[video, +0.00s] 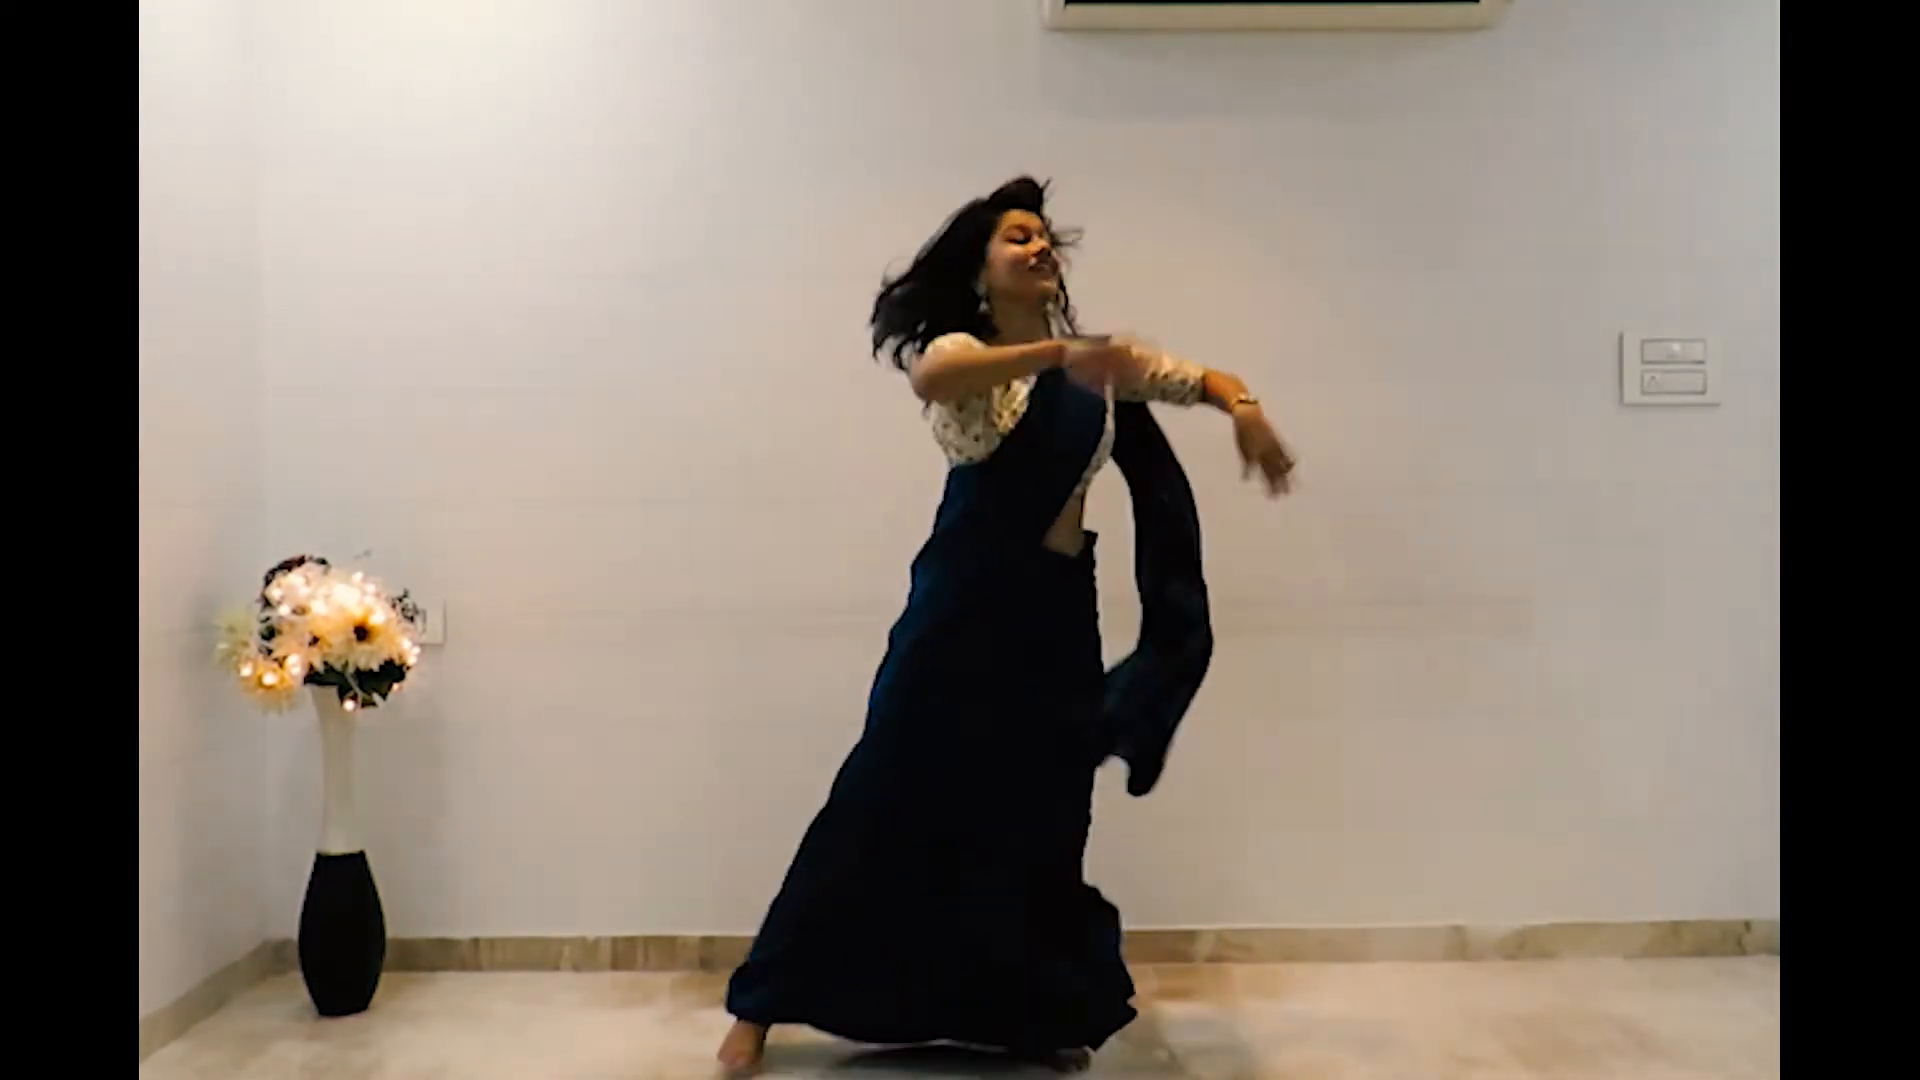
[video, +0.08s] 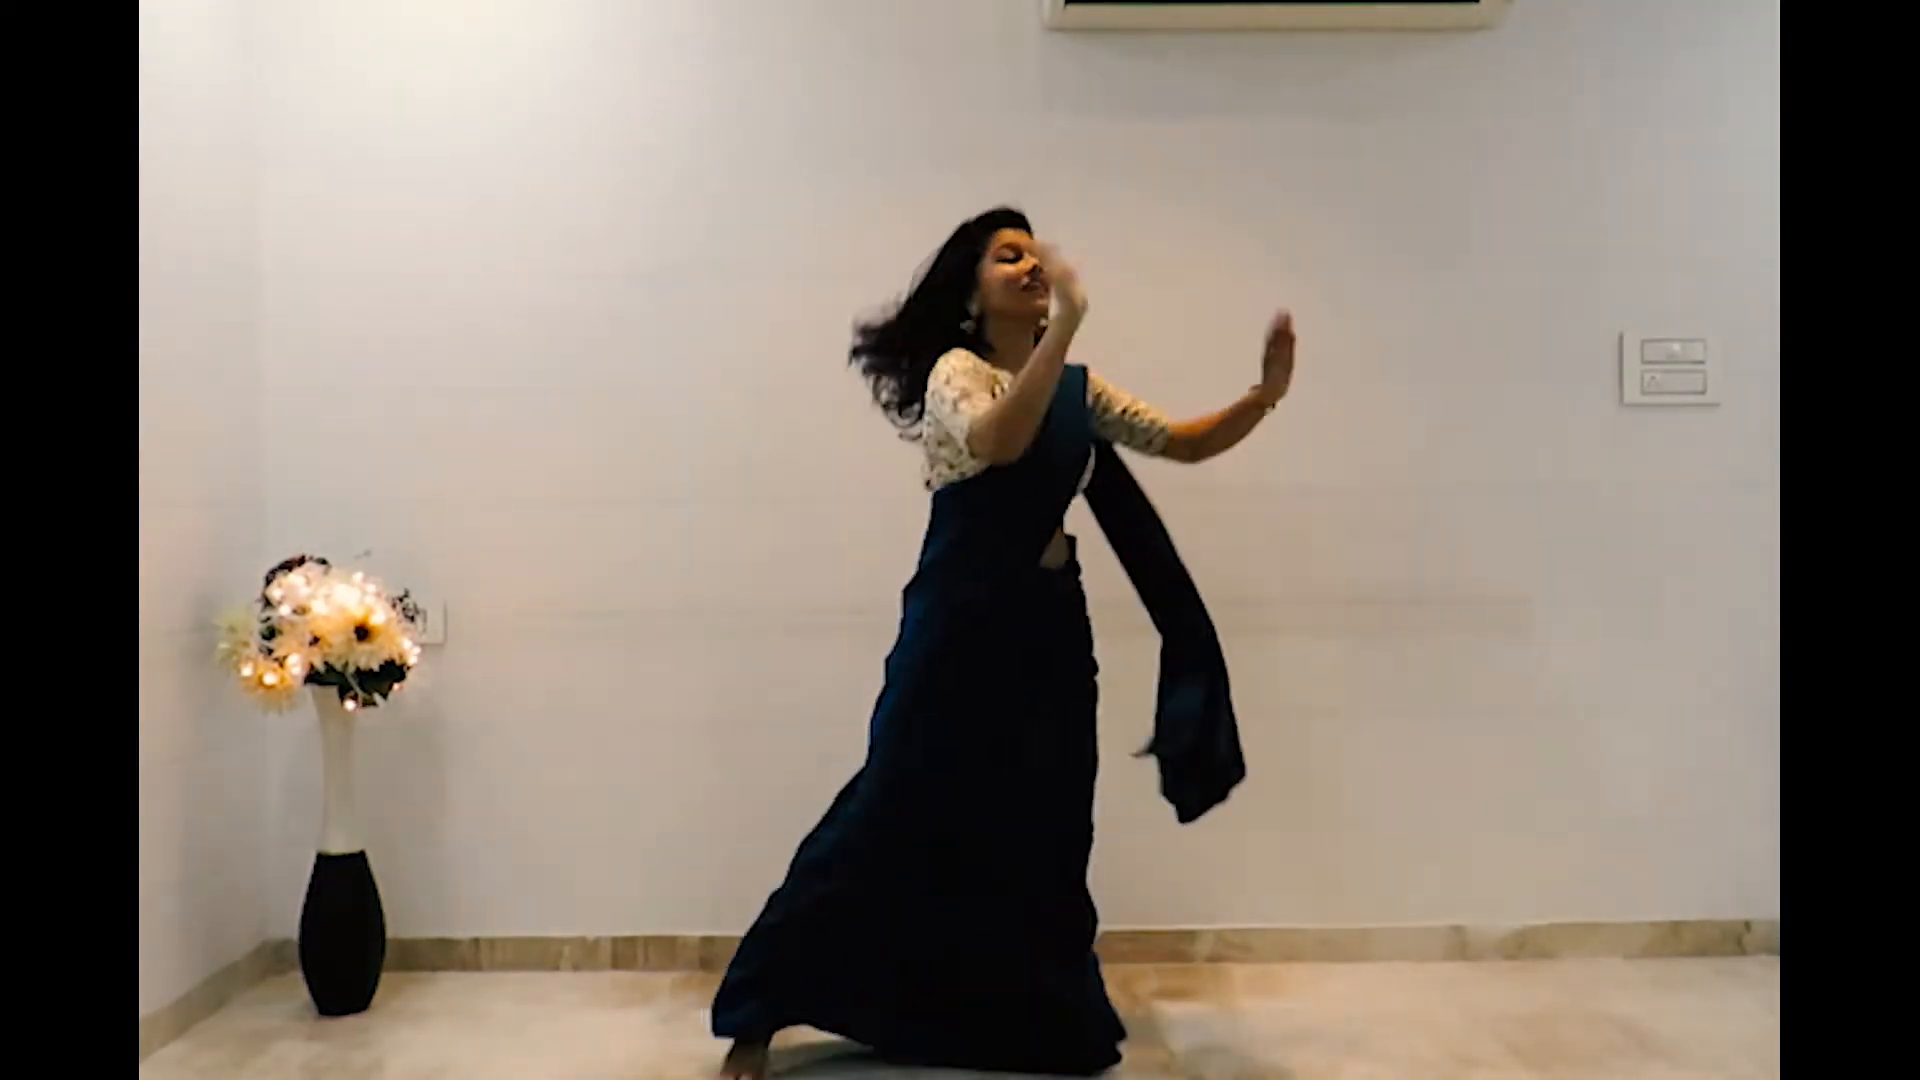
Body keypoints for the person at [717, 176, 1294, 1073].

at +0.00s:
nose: (1039, 246)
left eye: (1046, 238)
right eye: (1017, 238)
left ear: (1059, 267)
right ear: (978, 271)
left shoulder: (1088, 359)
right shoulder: (962, 351)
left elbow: (1188, 379)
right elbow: (932, 369)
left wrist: (1244, 406)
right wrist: (1057, 354)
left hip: (1058, 599)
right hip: (966, 595)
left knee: (1046, 805)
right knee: (876, 794)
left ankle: (1032, 1011)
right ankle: (754, 1010)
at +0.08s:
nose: (1033, 264)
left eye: (1037, 253)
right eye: (1009, 255)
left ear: (1049, 282)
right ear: (969, 290)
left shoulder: (1071, 384)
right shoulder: (958, 374)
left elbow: (1179, 441)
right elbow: (998, 439)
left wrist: (1264, 396)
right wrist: (1062, 330)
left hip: (1046, 621)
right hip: (958, 619)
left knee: (1045, 815)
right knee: (892, 809)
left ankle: (1049, 1017)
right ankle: (756, 1002)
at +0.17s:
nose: (1027, 274)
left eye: (1029, 262)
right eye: (1003, 264)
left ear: (1036, 288)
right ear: (962, 295)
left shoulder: (1046, 390)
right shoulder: (950, 382)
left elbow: (1157, 474)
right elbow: (1048, 469)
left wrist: (1233, 386)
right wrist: (1067, 348)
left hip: (1033, 640)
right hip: (949, 640)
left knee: (1040, 830)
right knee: (893, 828)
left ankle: (1061, 1032)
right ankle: (762, 1032)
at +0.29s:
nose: (1022, 282)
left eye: (1024, 269)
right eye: (998, 271)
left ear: (1030, 301)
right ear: (954, 302)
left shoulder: (1034, 406)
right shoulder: (941, 383)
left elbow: (1082, 535)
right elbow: (999, 503)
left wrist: (1143, 462)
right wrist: (1123, 466)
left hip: (1022, 656)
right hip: (945, 653)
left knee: (1036, 846)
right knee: (916, 846)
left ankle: (1079, 1041)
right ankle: (790, 1039)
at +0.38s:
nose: (1009, 294)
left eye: (1017, 284)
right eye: (986, 284)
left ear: (1027, 314)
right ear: (946, 312)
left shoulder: (1025, 420)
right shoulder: (930, 378)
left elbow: (1072, 545)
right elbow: (984, 491)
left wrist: (1147, 541)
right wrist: (1137, 522)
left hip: (1023, 658)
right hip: (944, 655)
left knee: (1041, 845)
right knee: (917, 846)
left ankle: (1086, 1043)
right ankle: (784, 1042)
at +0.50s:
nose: (972, 260)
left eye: (985, 244)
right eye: (954, 256)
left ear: (1025, 263)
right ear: (940, 286)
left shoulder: (1063, 377)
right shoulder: (943, 344)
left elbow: (1090, 502)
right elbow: (993, 451)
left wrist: (1192, 471)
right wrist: (1122, 409)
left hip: (1015, 609)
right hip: (918, 604)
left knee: (1030, 805)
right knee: (848, 799)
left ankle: (1063, 1023)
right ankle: (759, 1025)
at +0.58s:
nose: (956, 262)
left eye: (971, 243)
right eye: (943, 259)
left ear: (1024, 250)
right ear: (942, 280)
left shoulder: (1080, 364)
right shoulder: (950, 348)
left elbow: (1130, 481)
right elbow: (1021, 450)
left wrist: (1223, 422)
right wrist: (1126, 368)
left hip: (1006, 606)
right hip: (905, 586)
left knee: (1016, 800)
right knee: (819, 766)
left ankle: (1020, 1013)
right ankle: (706, 963)